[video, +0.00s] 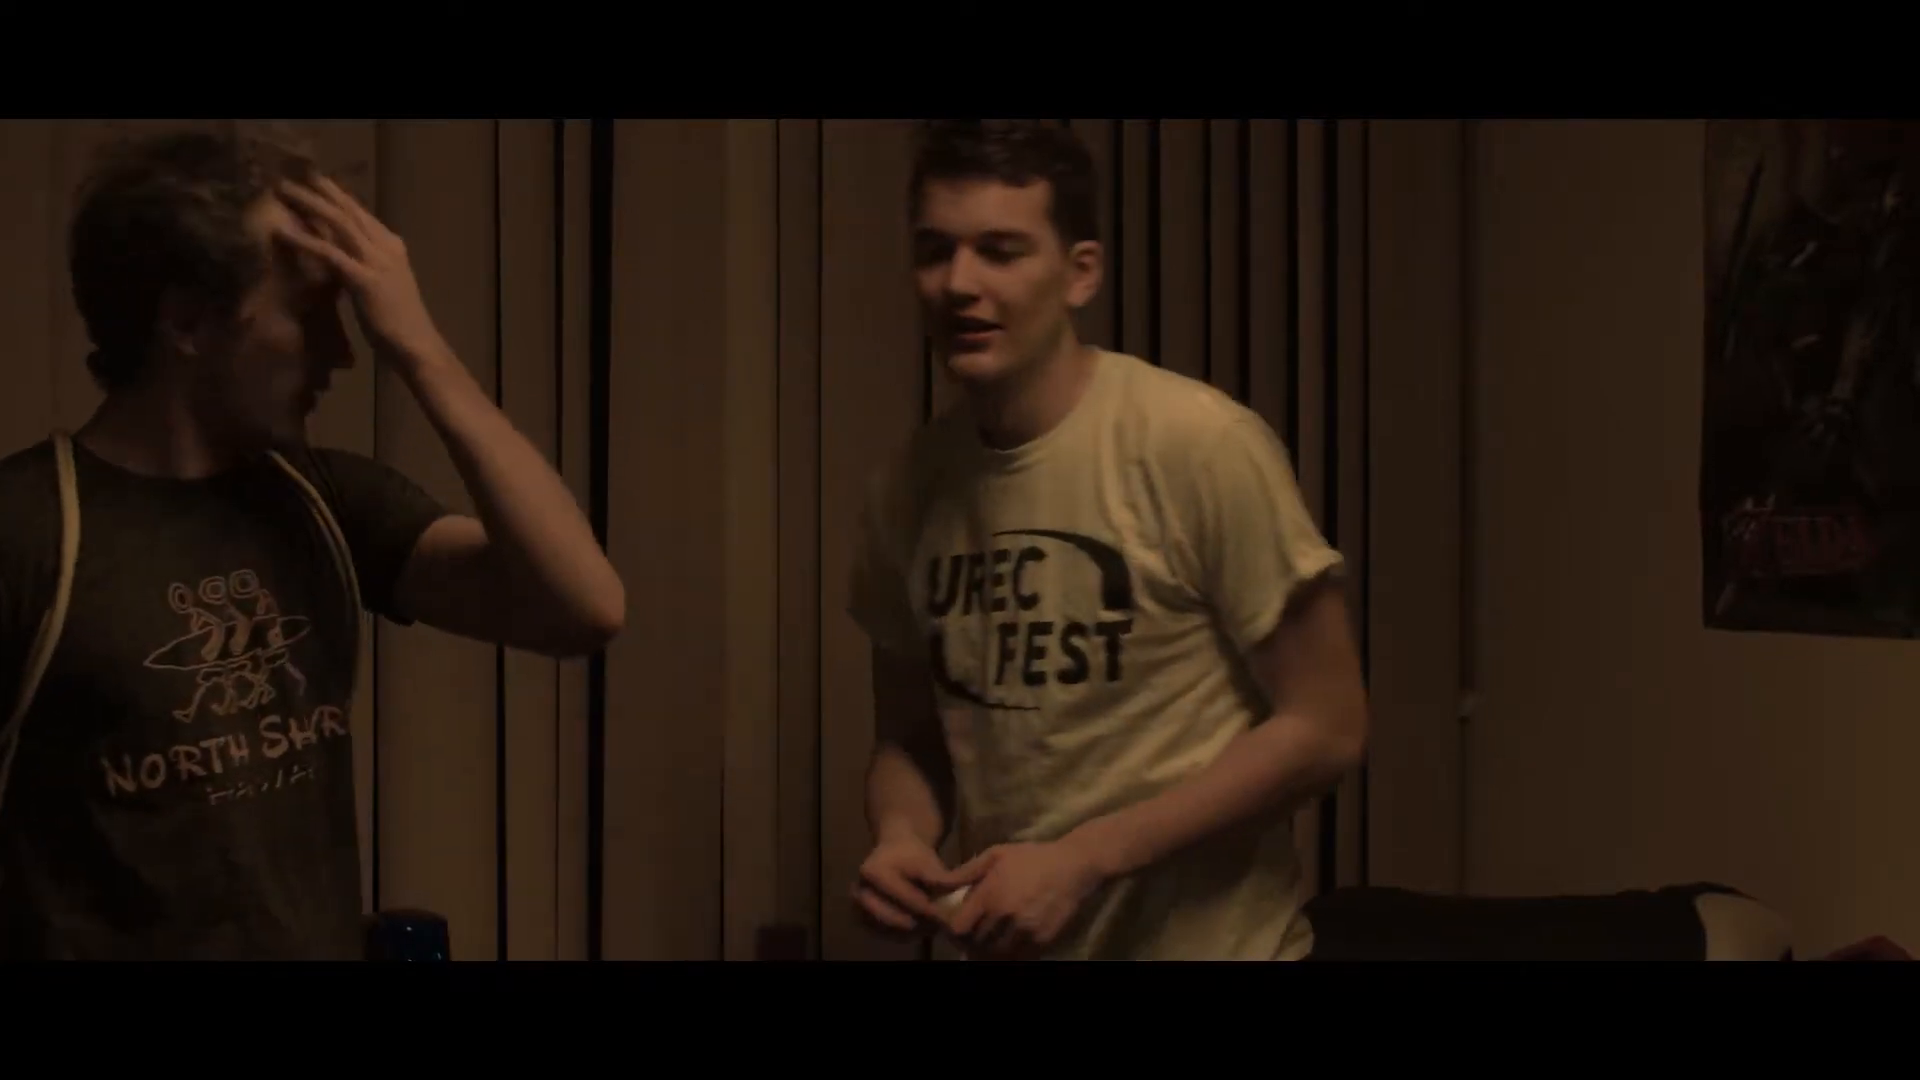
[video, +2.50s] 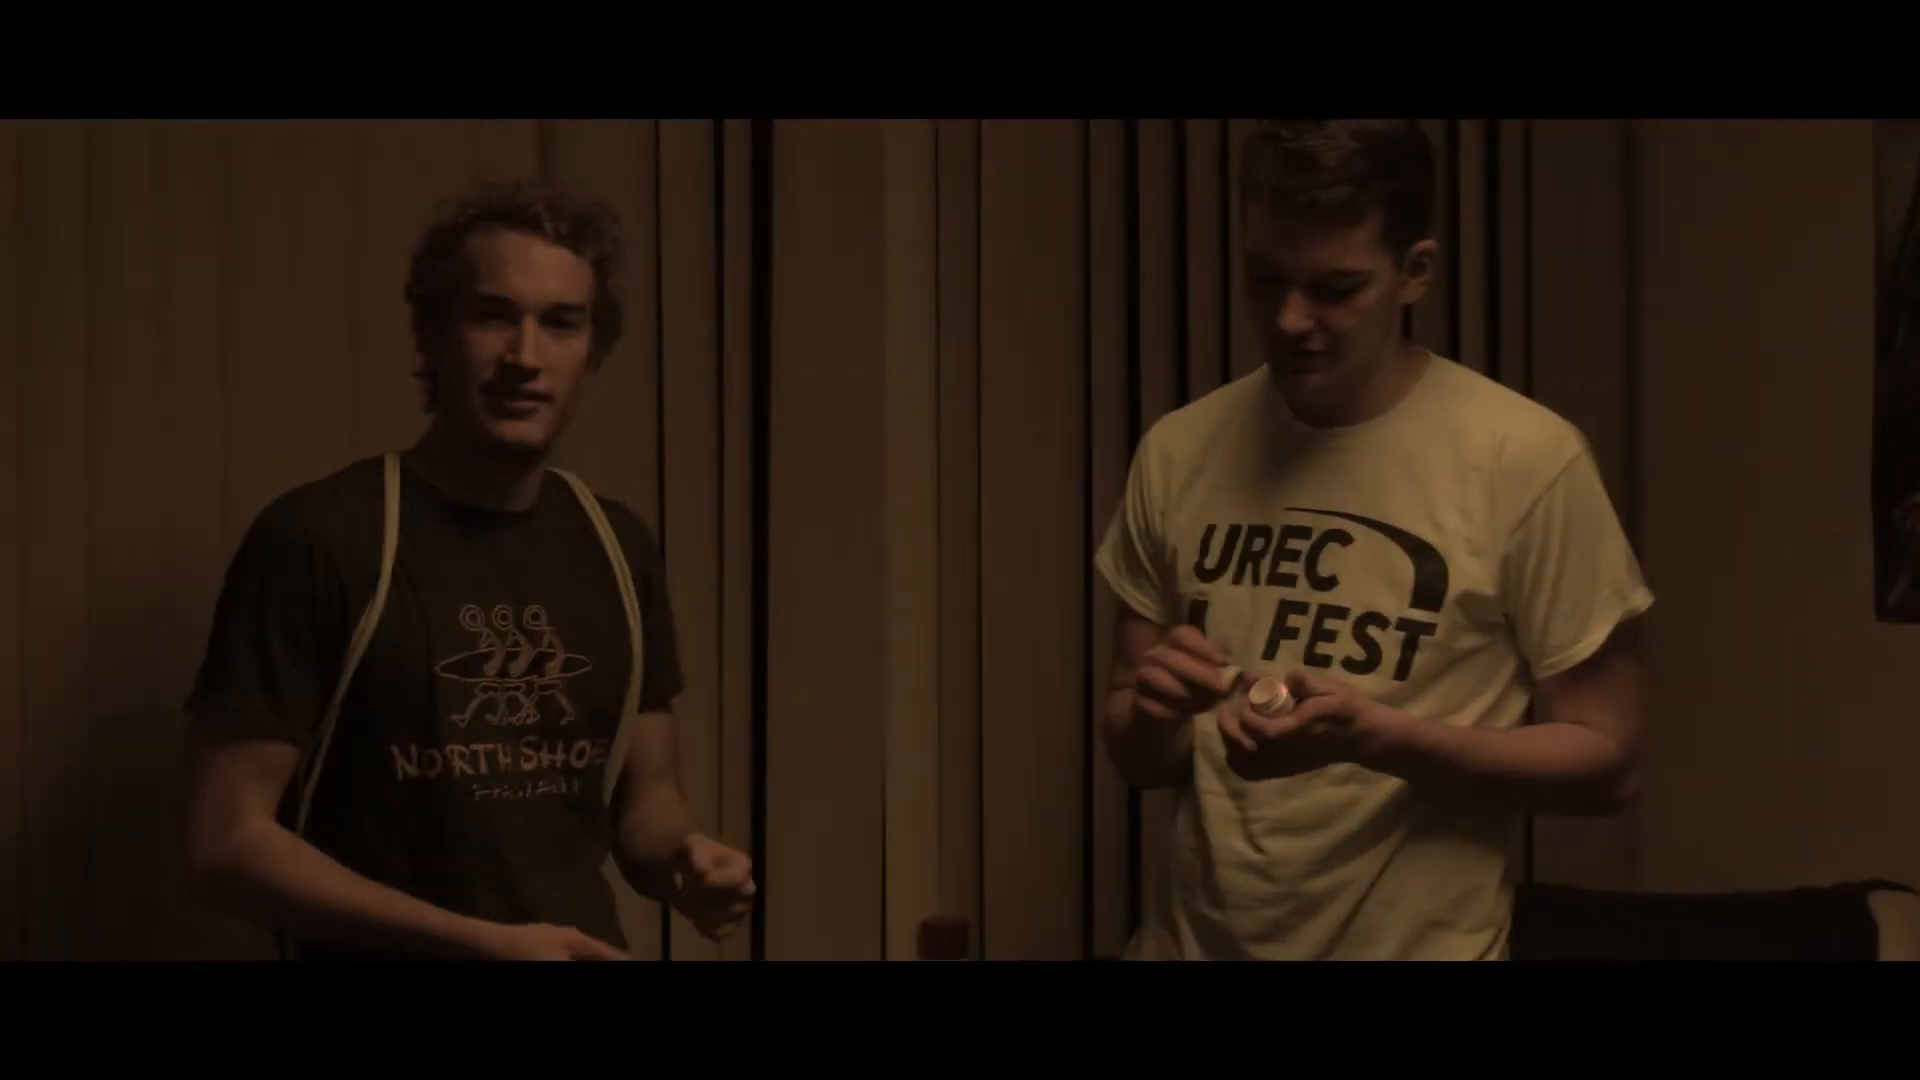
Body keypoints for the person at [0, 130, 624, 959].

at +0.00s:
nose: (340, 353)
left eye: (334, 311)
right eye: (307, 312)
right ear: (188, 321)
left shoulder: (321, 501)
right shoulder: (26, 524)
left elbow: (582, 607)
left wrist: (423, 350)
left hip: (314, 938)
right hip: (99, 943)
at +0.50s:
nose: (287, 415)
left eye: (301, 374)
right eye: (256, 366)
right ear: (133, 336)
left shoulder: (271, 515)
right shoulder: (17, 534)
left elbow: (524, 657)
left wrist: (384, 412)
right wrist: (23, 949)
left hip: (292, 938)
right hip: (94, 947)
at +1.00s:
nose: (364, 420)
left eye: (379, 378)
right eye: (326, 368)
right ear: (210, 345)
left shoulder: (329, 545)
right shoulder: (61, 572)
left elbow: (320, 833)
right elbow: (5, 900)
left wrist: (394, 788)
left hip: (346, 944)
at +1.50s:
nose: (445, 411)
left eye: (461, 376)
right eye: (410, 362)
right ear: (305, 352)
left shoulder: (390, 556)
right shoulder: (175, 557)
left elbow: (345, 855)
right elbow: (58, 886)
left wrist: (475, 846)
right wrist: (361, 948)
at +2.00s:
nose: (441, 384)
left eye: (471, 352)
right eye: (405, 338)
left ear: (493, 370)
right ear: (326, 345)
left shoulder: (469, 553)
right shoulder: (208, 552)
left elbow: (467, 795)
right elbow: (133, 872)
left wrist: (554, 853)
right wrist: (439, 900)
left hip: (430, 954)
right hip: (250, 959)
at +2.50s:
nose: (526, 355)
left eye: (560, 323)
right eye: (492, 316)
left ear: (591, 352)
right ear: (429, 340)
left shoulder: (618, 547)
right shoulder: (316, 540)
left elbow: (644, 786)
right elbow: (225, 838)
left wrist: (681, 861)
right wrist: (481, 940)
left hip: (580, 944)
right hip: (376, 953)